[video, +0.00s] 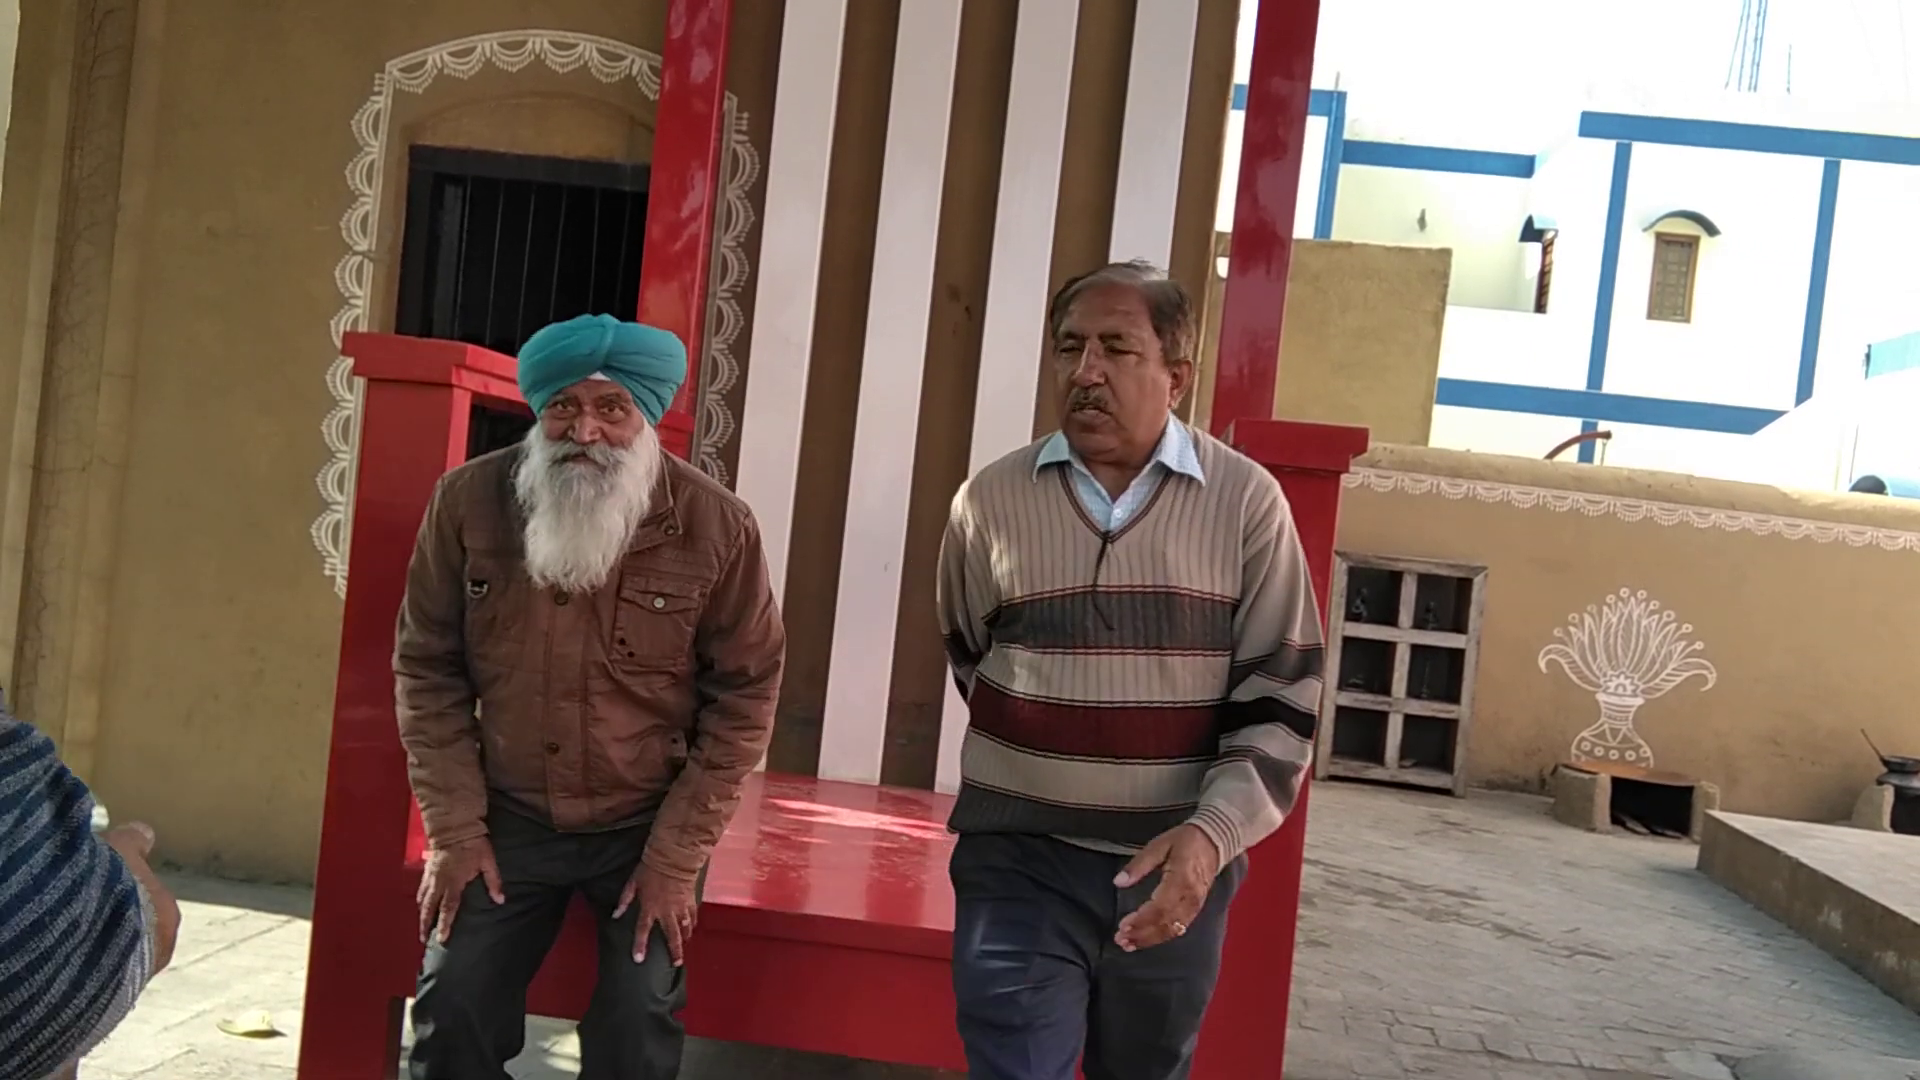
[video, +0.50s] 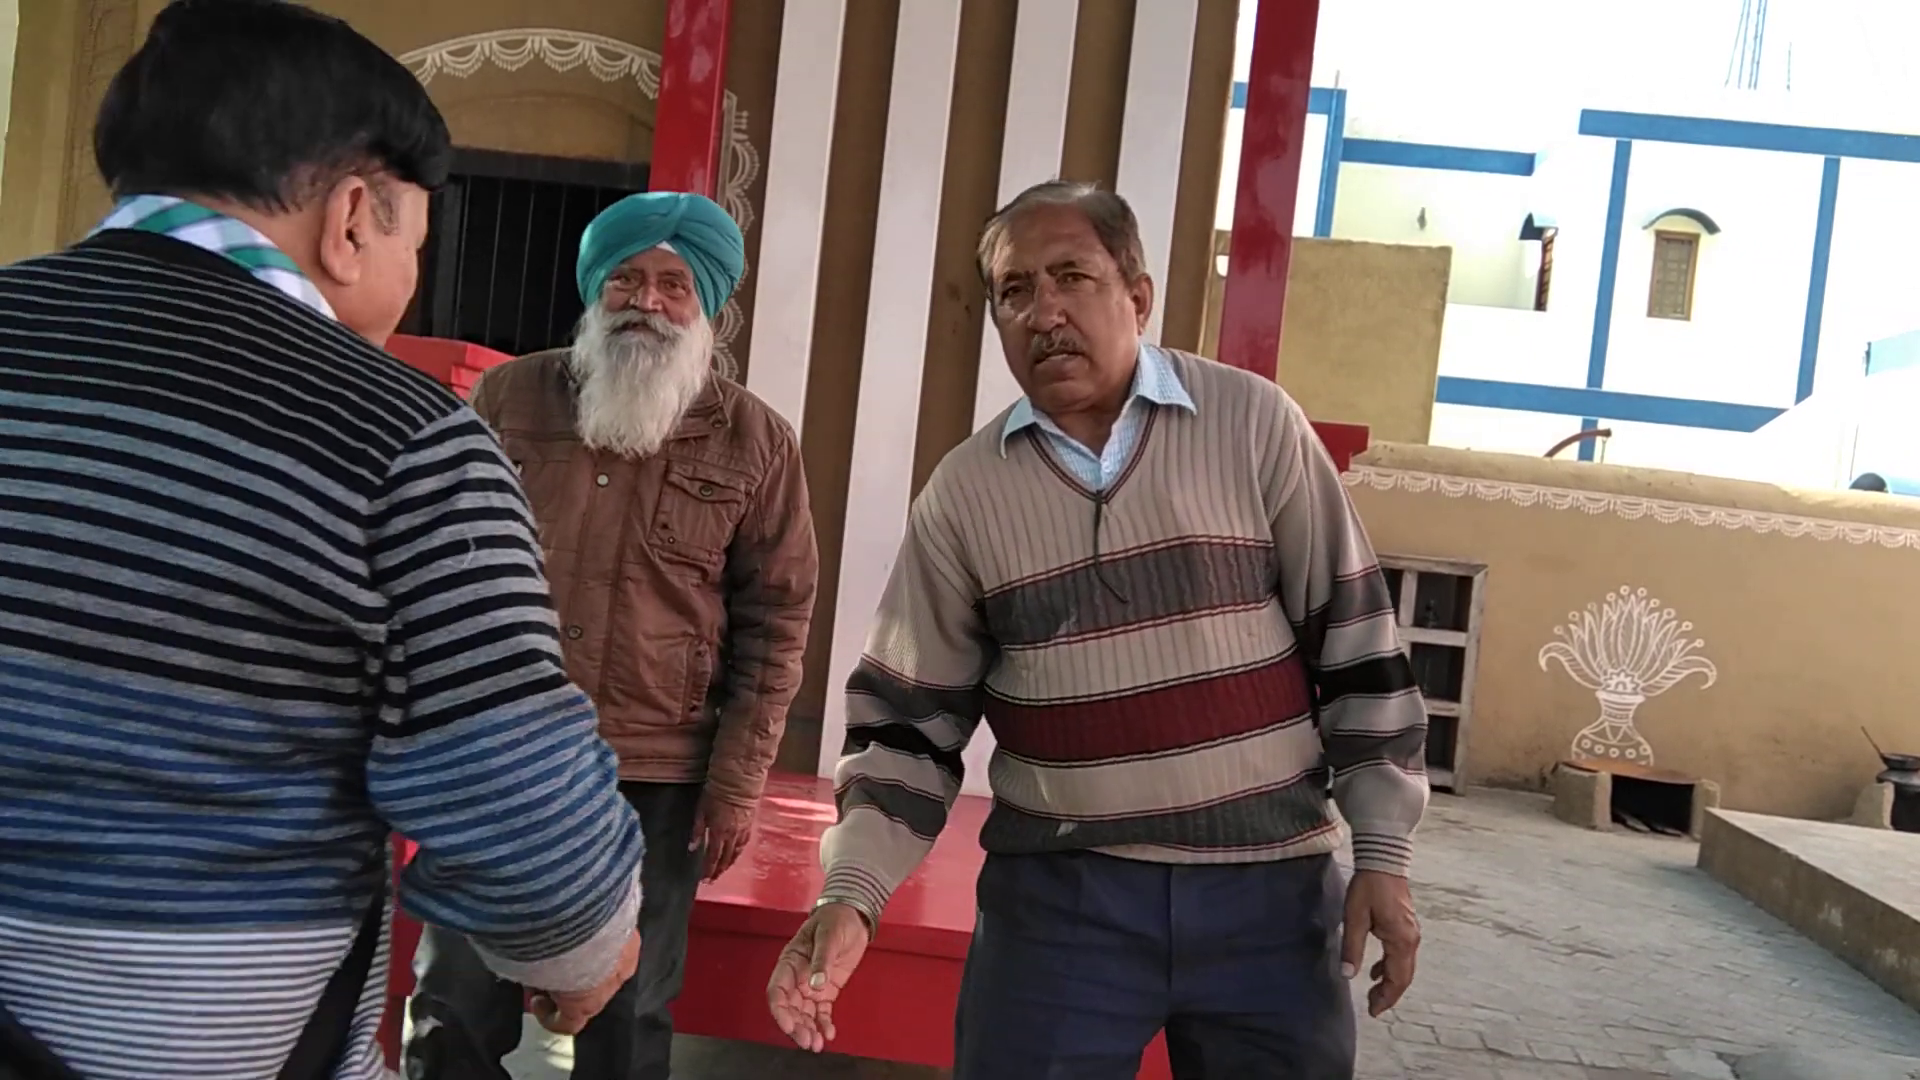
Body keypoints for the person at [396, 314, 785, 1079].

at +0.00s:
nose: (585, 430)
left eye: (610, 409)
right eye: (564, 407)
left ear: (650, 420)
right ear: (536, 414)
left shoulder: (718, 529)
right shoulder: (468, 503)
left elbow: (745, 697)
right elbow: (425, 667)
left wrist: (679, 851)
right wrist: (455, 827)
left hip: (646, 831)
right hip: (506, 823)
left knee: (636, 1018)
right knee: (454, 1005)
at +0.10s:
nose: (594, 382)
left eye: (621, 364)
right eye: (574, 359)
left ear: (660, 381)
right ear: (546, 370)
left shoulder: (721, 495)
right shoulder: (473, 464)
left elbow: (745, 673)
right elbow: (427, 638)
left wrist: (683, 826)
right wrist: (443, 802)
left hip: (641, 818)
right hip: (497, 808)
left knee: (623, 1026)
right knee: (453, 1015)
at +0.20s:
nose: (606, 347)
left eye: (634, 330)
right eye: (586, 325)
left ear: (673, 351)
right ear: (556, 337)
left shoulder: (731, 473)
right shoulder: (478, 438)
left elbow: (754, 647)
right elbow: (424, 610)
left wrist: (697, 803)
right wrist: (428, 773)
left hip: (639, 812)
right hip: (492, 800)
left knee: (618, 1035)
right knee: (453, 1029)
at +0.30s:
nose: (618, 324)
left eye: (646, 309)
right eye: (601, 302)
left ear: (687, 337)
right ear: (568, 315)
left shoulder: (739, 461)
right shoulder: (489, 420)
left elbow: (760, 638)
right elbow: (426, 595)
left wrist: (712, 792)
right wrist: (410, 762)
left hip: (644, 805)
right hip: (496, 794)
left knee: (621, 1036)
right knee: (461, 1030)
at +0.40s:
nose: (634, 308)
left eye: (661, 293)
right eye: (617, 286)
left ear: (699, 321)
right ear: (582, 298)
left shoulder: (747, 449)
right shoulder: (499, 407)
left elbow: (768, 633)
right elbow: (432, 584)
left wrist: (726, 792)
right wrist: (408, 744)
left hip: (652, 798)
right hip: (500, 784)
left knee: (627, 1029)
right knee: (460, 1024)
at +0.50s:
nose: (648, 298)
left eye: (675, 283)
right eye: (630, 275)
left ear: (711, 310)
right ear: (594, 288)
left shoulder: (757, 443)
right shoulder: (506, 397)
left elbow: (775, 632)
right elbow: (433, 568)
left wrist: (735, 788)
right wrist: (423, 743)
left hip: (655, 784)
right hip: (497, 760)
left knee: (628, 1025)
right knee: (457, 1013)